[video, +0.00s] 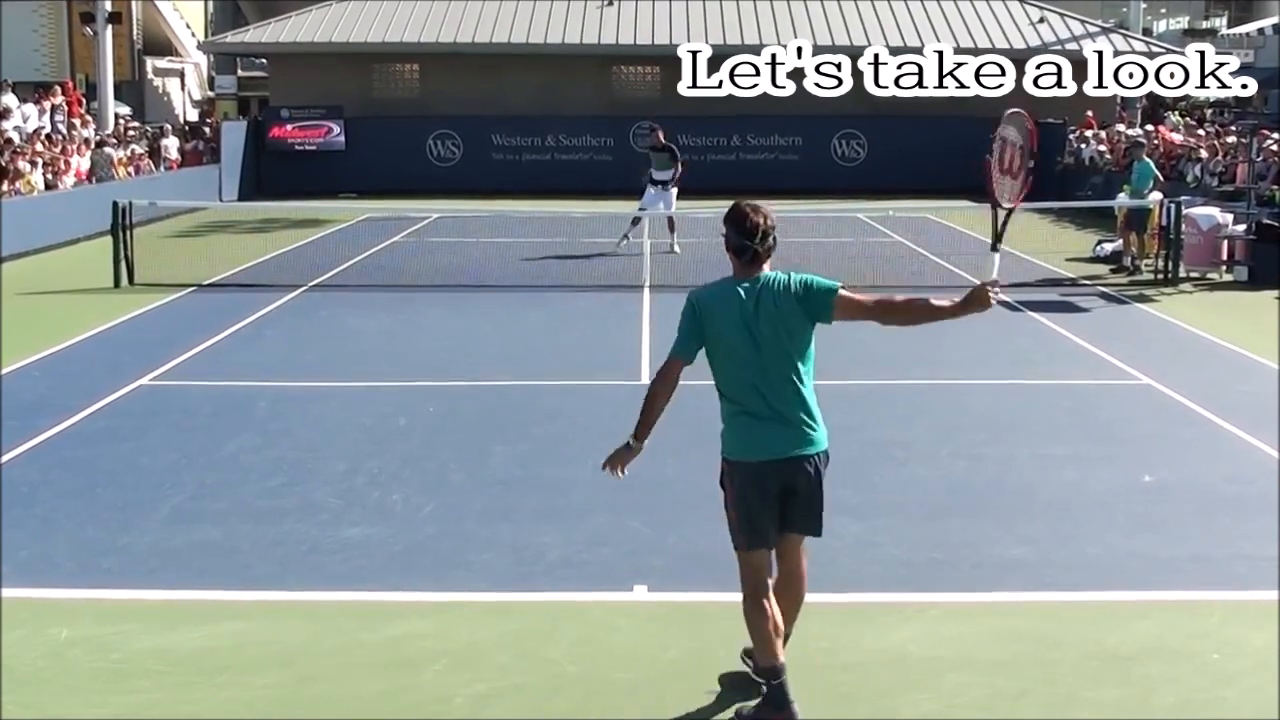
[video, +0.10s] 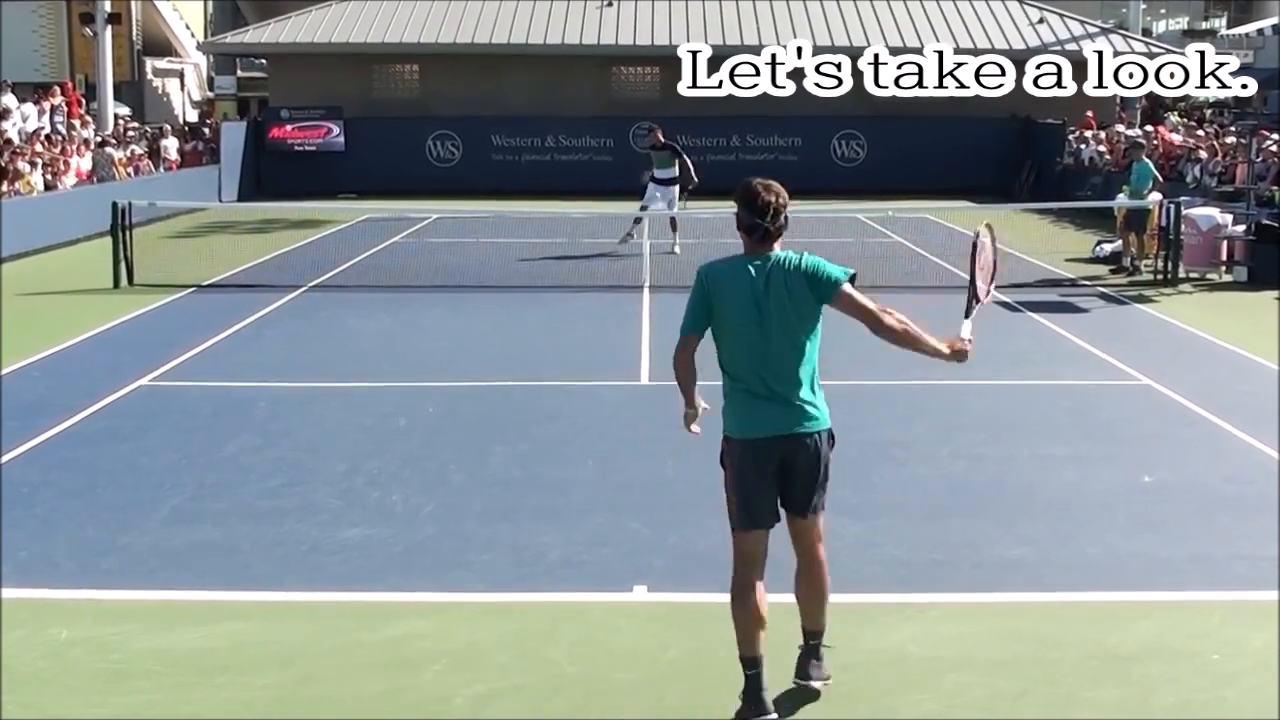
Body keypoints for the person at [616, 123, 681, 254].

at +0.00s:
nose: (654, 139)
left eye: (656, 136)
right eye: (652, 136)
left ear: (661, 135)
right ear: (651, 138)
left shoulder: (671, 149)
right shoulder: (651, 149)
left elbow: (678, 167)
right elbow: (653, 165)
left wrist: (672, 182)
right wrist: (648, 176)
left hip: (668, 184)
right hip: (653, 183)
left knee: (670, 214)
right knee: (641, 211)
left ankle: (673, 242)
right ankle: (626, 236)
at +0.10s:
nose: (650, 139)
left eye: (652, 136)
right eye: (650, 136)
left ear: (658, 135)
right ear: (650, 137)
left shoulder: (672, 147)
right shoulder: (652, 149)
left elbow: (686, 160)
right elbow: (657, 164)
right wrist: (651, 173)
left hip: (671, 184)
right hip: (655, 183)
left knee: (672, 214)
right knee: (643, 209)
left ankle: (675, 242)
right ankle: (631, 232)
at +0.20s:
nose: (651, 139)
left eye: (653, 136)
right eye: (650, 137)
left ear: (659, 135)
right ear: (650, 138)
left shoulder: (672, 147)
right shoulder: (653, 150)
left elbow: (691, 155)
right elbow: (658, 166)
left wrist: (703, 168)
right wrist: (649, 173)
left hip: (672, 185)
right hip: (656, 184)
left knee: (674, 214)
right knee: (644, 209)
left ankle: (676, 243)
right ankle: (634, 232)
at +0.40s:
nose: (654, 140)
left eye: (655, 137)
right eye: (651, 138)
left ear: (660, 137)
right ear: (649, 140)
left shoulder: (671, 149)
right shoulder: (650, 154)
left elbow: (690, 155)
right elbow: (657, 171)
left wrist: (701, 170)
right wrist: (648, 177)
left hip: (672, 188)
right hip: (655, 188)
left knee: (673, 216)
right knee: (646, 212)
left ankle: (674, 244)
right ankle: (647, 233)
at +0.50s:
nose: (653, 141)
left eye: (654, 137)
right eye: (650, 139)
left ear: (658, 137)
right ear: (647, 141)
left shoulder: (668, 150)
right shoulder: (648, 154)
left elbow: (688, 157)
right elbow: (652, 169)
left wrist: (697, 173)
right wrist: (646, 176)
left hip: (670, 188)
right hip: (653, 188)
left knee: (671, 216)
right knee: (648, 215)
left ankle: (673, 244)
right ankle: (651, 238)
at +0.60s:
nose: (651, 142)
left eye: (652, 139)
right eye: (649, 140)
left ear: (656, 139)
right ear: (645, 141)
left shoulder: (666, 152)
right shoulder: (644, 155)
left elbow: (684, 160)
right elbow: (644, 168)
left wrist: (690, 175)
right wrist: (643, 178)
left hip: (666, 187)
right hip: (651, 187)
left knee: (668, 215)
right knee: (650, 215)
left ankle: (673, 244)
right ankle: (655, 241)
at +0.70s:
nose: (650, 142)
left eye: (652, 139)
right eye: (648, 140)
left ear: (656, 140)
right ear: (645, 141)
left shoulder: (665, 153)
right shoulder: (641, 156)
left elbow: (679, 162)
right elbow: (640, 172)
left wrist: (682, 177)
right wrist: (645, 183)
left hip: (664, 186)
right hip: (649, 186)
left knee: (666, 215)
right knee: (649, 215)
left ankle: (668, 242)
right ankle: (654, 241)